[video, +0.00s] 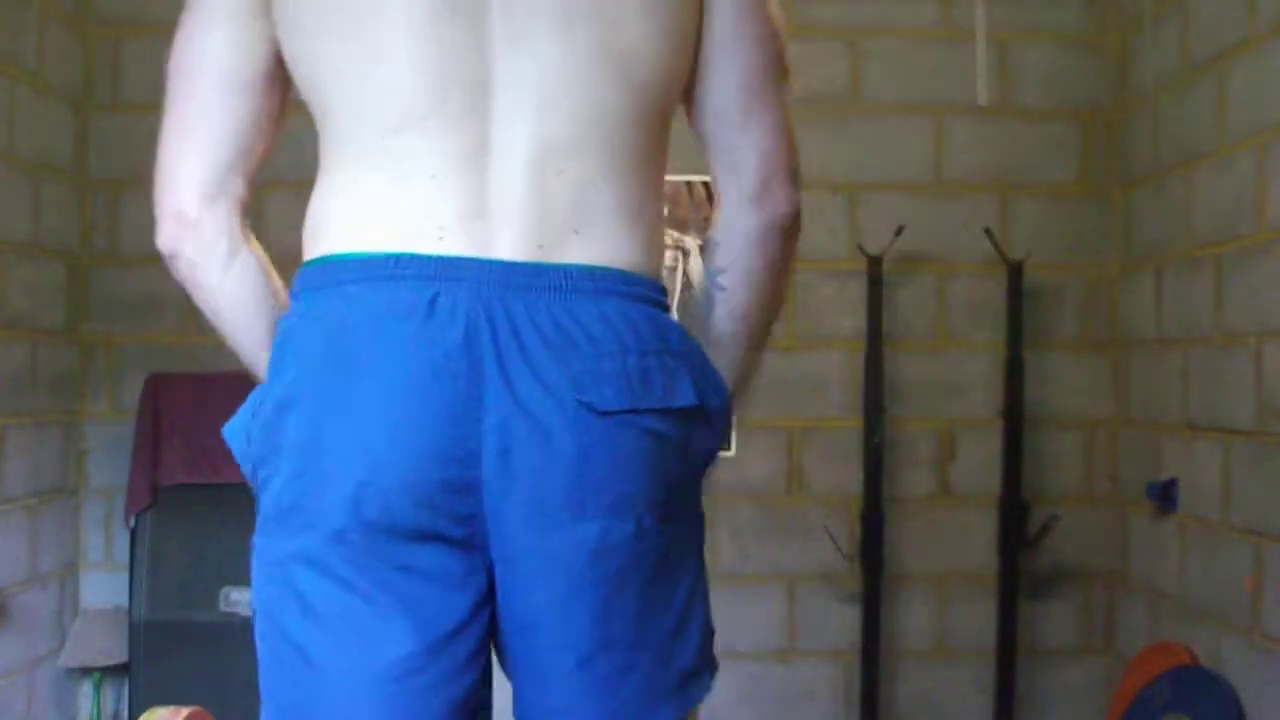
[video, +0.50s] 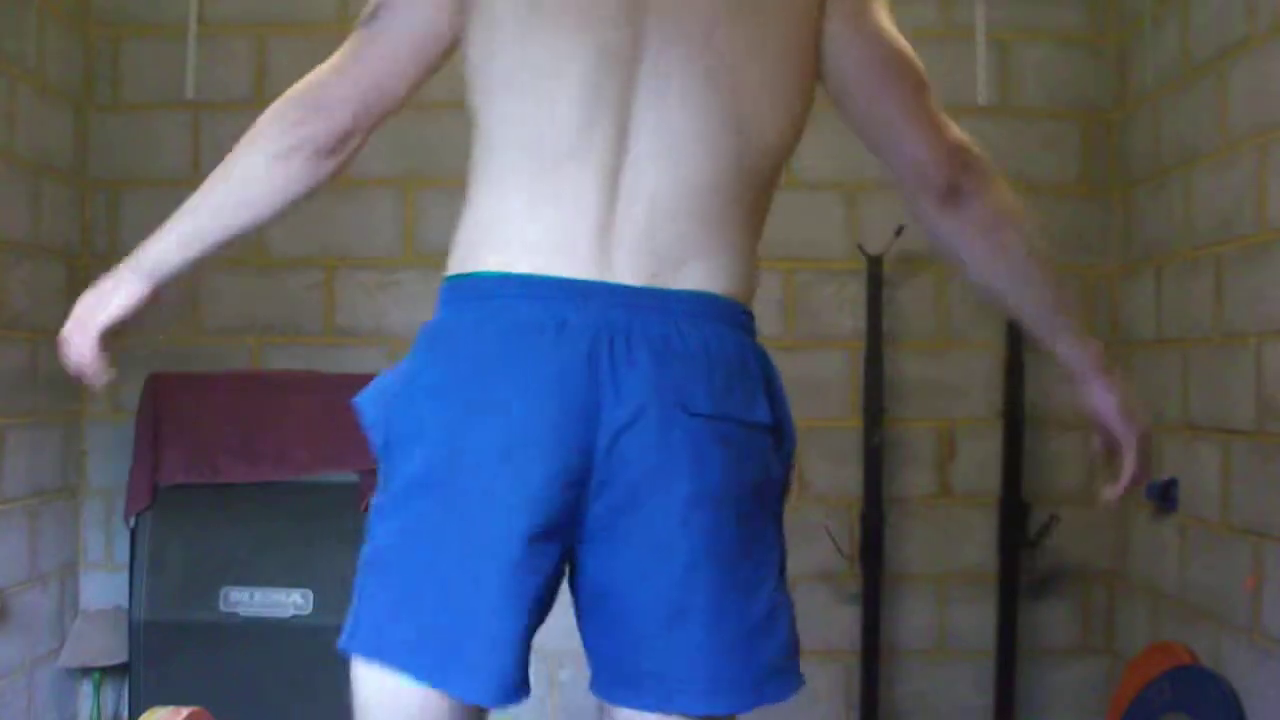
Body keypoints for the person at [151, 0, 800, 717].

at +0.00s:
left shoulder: (258, 4)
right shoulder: (708, 4)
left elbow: (193, 221)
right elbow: (763, 204)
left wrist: (321, 399)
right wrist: (689, 416)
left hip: (357, 354)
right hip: (609, 345)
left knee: (355, 701)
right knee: (612, 701)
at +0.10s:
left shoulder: (283, 7)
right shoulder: (720, 7)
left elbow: (223, 227)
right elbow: (789, 209)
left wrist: (254, 441)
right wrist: (788, 435)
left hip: (368, 356)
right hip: (614, 359)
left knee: (351, 702)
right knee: (610, 702)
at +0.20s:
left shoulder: (330, 4)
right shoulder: (734, 7)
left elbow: (257, 226)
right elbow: (832, 216)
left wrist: (196, 446)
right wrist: (902, 434)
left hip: (395, 369)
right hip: (631, 376)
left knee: (362, 702)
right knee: (614, 703)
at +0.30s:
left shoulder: (385, 1)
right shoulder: (760, 4)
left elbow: (276, 204)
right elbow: (884, 223)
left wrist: (137, 405)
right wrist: (1009, 429)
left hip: (432, 367)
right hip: (654, 372)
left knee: (396, 696)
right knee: (637, 699)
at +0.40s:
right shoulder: (795, 2)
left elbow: (284, 172)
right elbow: (926, 203)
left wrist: (112, 339)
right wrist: (1073, 404)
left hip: (468, 356)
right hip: (681, 364)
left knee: (410, 700)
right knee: (671, 699)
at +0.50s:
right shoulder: (818, 3)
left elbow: (320, 120)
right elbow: (945, 174)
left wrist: (136, 274)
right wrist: (1083, 359)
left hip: (492, 353)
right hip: (700, 362)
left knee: (413, 698)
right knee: (678, 703)